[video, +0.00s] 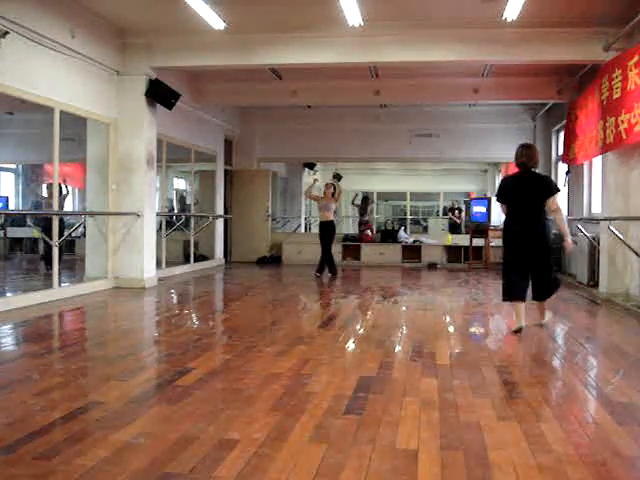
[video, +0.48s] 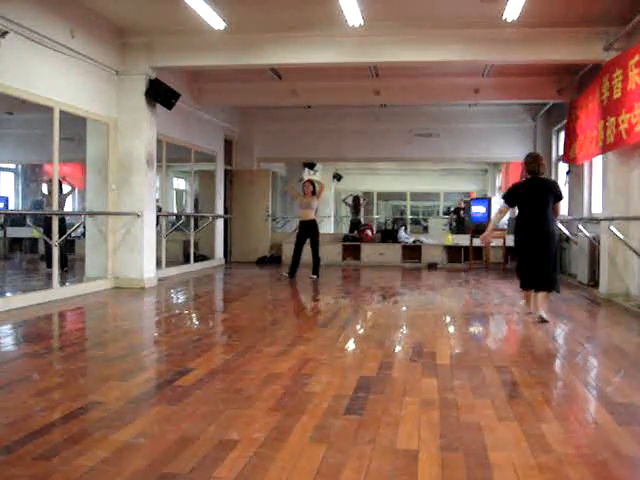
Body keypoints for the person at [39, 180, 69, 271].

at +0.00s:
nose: (52, 192)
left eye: (54, 190)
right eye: (50, 189)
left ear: (58, 190)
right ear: (48, 190)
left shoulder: (61, 199)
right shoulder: (45, 200)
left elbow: (66, 193)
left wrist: (65, 184)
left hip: (58, 221)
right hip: (47, 221)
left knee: (58, 243)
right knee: (48, 243)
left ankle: (57, 264)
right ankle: (48, 264)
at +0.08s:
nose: (52, 191)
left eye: (54, 189)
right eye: (50, 189)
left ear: (57, 190)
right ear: (47, 190)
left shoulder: (60, 198)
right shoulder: (45, 200)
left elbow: (68, 192)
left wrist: (64, 183)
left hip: (58, 220)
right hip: (47, 221)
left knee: (59, 242)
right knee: (48, 243)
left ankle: (58, 264)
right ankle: (49, 265)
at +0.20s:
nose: (53, 189)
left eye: (55, 187)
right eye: (51, 187)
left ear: (58, 188)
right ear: (48, 188)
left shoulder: (61, 196)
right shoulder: (47, 196)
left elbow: (69, 190)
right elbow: (47, 189)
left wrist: (64, 181)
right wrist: (47, 182)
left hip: (58, 218)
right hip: (48, 219)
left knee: (59, 241)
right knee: (48, 241)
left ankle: (58, 263)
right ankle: (49, 264)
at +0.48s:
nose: (53, 188)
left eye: (55, 186)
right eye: (51, 186)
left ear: (59, 187)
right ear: (49, 187)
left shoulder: (62, 196)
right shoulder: (47, 197)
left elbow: (73, 189)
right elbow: (40, 192)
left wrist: (67, 180)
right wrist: (40, 182)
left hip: (60, 219)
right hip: (48, 219)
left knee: (61, 242)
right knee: (49, 242)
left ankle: (64, 265)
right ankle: (49, 264)